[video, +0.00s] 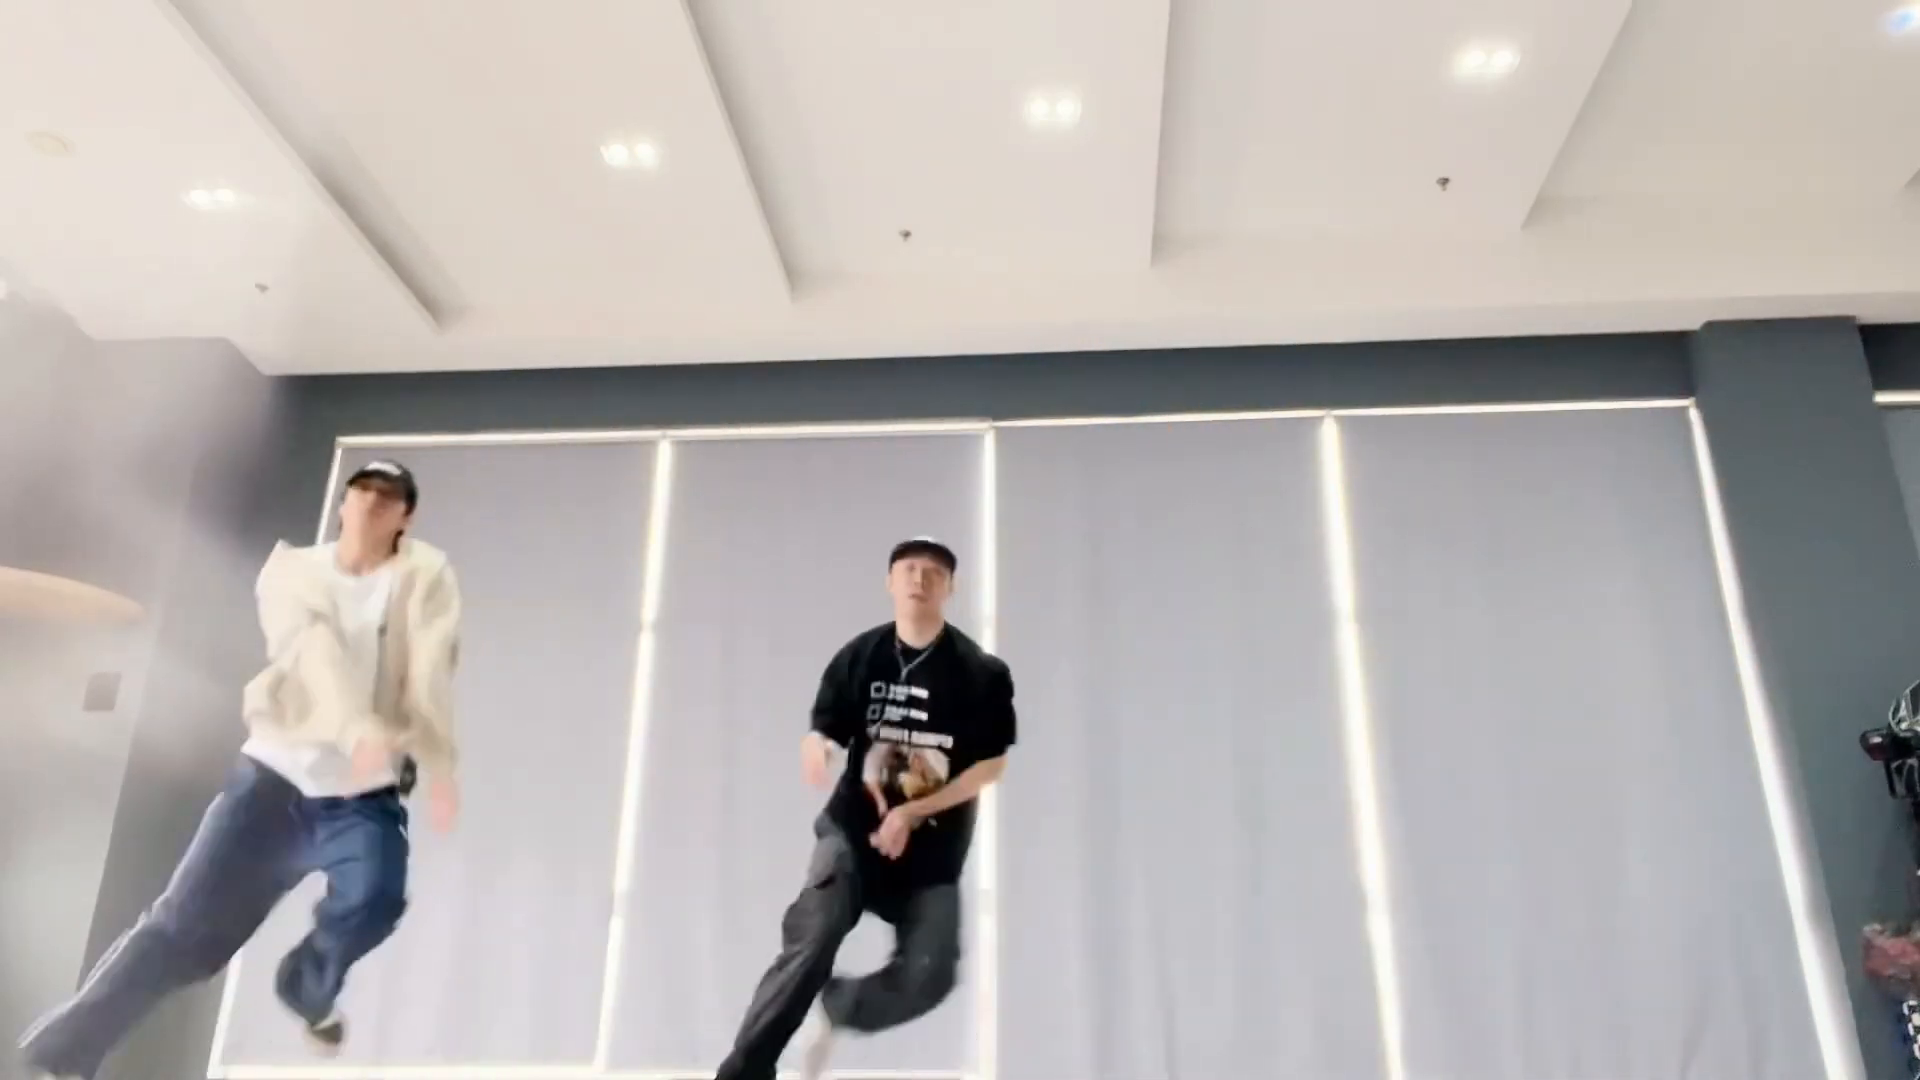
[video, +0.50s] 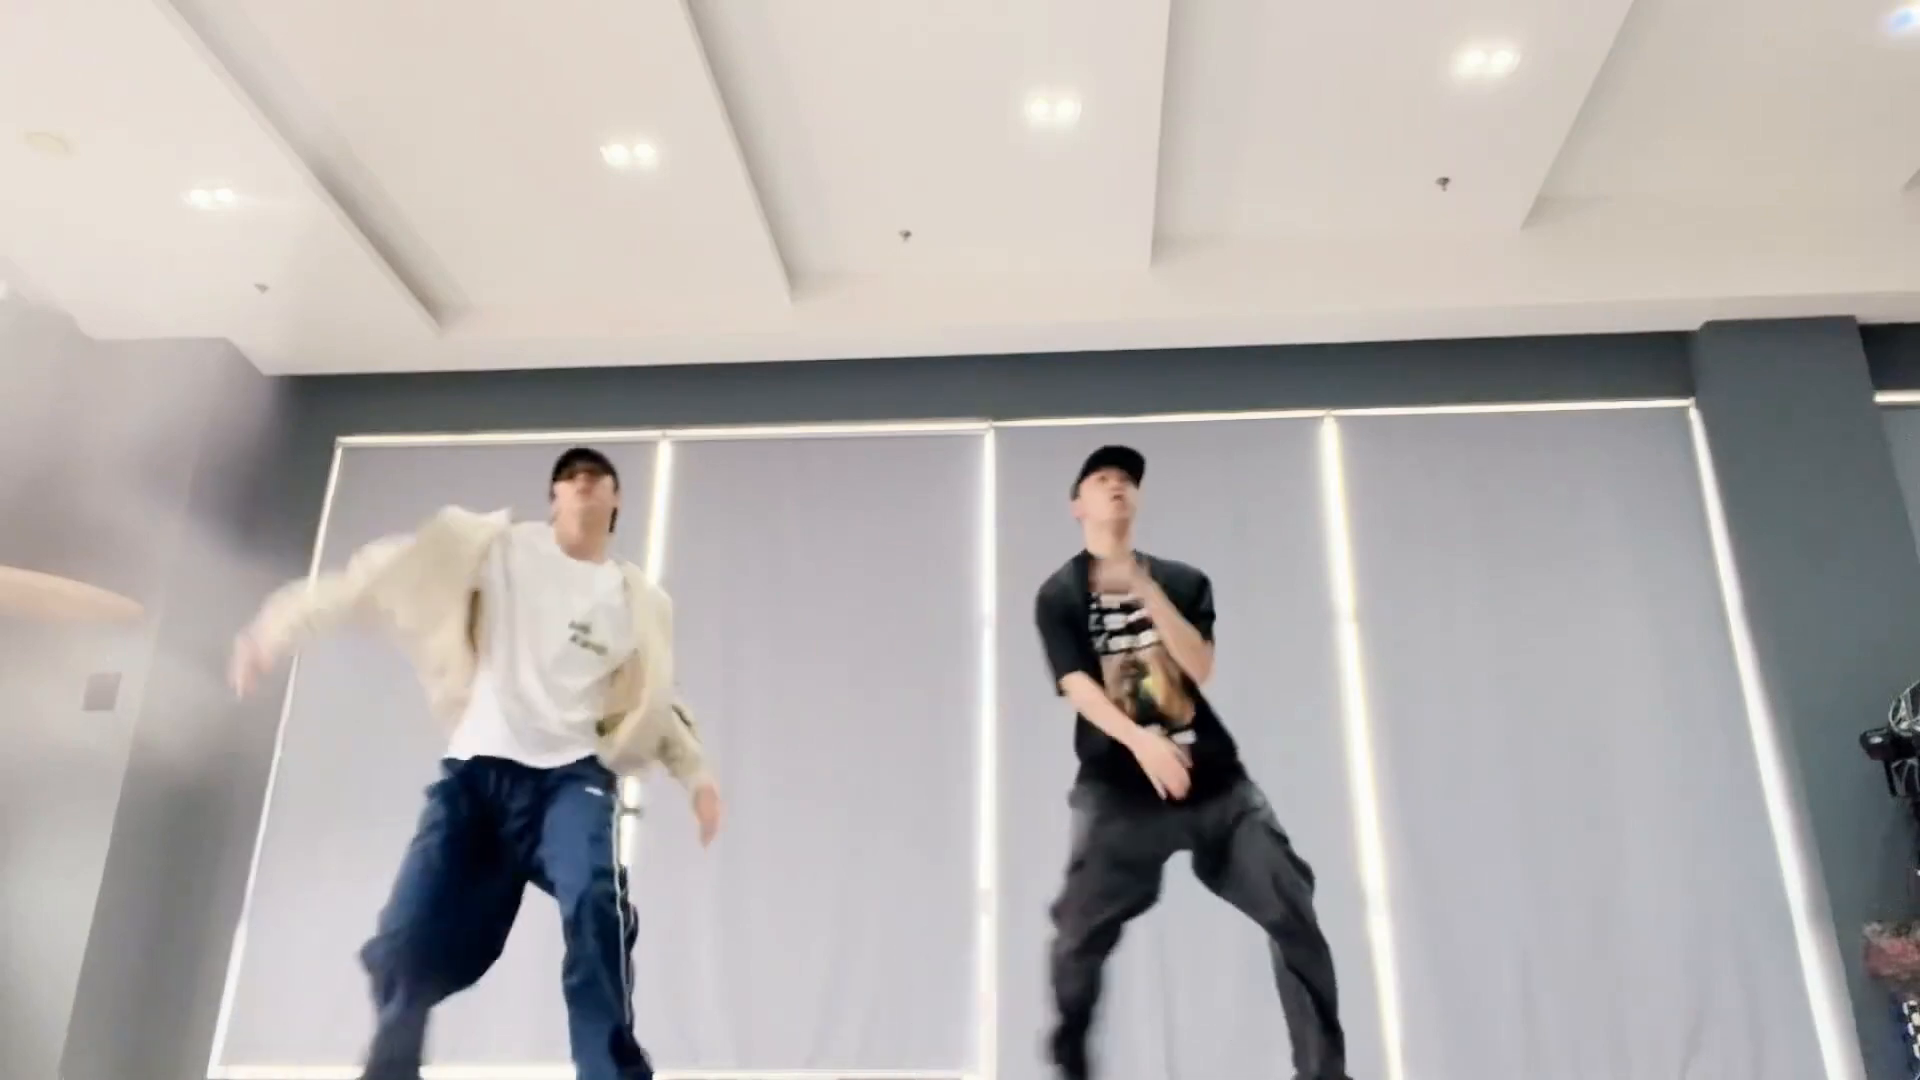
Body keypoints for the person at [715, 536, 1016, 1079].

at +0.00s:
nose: (921, 580)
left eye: (934, 573)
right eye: (910, 570)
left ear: (950, 588)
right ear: (890, 584)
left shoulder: (982, 674)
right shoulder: (860, 656)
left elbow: (991, 765)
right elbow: (822, 728)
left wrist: (913, 811)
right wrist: (815, 756)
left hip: (931, 851)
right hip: (854, 832)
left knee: (927, 978)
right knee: (812, 945)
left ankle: (837, 1004)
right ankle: (741, 1073)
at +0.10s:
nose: (921, 583)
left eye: (933, 574)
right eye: (909, 575)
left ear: (953, 588)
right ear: (892, 591)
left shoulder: (993, 670)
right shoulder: (870, 663)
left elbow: (1019, 761)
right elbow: (817, 748)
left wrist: (939, 804)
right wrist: (824, 682)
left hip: (972, 852)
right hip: (880, 857)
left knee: (1042, 908)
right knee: (816, 952)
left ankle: (970, 979)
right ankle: (753, 1070)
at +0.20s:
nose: (964, 551)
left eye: (974, 541)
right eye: (951, 544)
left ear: (996, 556)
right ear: (935, 563)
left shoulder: (1039, 634)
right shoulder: (917, 642)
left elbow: (1065, 730)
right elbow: (867, 704)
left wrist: (999, 758)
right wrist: (826, 626)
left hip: (1033, 834)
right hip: (938, 844)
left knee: (1137, 878)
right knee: (856, 949)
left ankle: (1171, 1053)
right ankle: (765, 1069)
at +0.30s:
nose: (1029, 534)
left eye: (1039, 525)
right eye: (1016, 526)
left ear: (1057, 538)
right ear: (998, 544)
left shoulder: (1100, 614)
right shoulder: (978, 621)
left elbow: (1137, 708)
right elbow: (925, 665)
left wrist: (1079, 735)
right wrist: (866, 603)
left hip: (1116, 831)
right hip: (1017, 834)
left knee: (1211, 923)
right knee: (927, 934)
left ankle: (1297, 1067)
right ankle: (832, 1051)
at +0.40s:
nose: (1083, 514)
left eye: (1093, 505)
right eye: (1068, 508)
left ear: (1109, 523)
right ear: (1047, 532)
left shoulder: (1154, 605)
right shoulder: (1033, 617)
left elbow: (1191, 700)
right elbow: (991, 700)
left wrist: (1143, 718)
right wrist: (1006, 641)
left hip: (1175, 812)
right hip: (1077, 821)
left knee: (1267, 898)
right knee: (1003, 935)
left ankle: (1319, 1068)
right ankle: (926, 1056)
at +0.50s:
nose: (1116, 492)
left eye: (1125, 485)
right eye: (1102, 485)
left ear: (1139, 505)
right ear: (1077, 507)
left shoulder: (1182, 582)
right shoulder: (1059, 596)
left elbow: (1200, 669)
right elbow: (1075, 686)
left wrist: (1148, 593)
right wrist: (1143, 743)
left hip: (1208, 775)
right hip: (1115, 783)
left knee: (1289, 901)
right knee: (1082, 922)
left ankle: (1324, 1069)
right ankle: (1069, 1060)